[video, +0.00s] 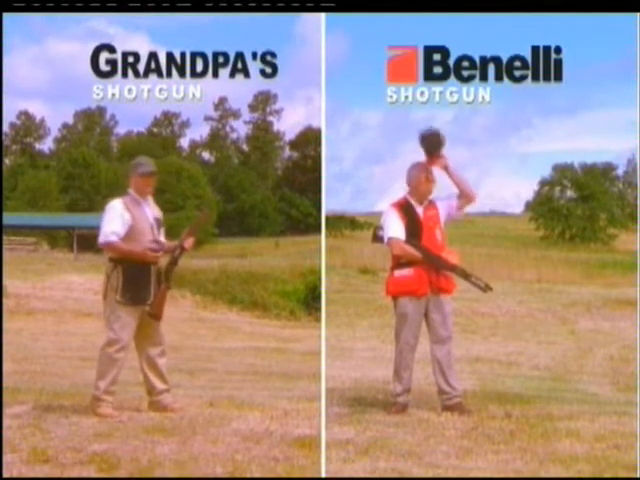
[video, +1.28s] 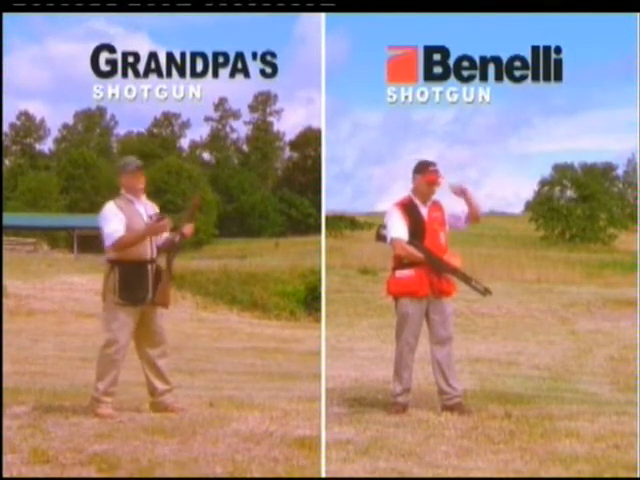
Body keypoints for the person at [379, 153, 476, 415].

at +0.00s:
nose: (431, 186)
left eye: (432, 181)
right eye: (426, 181)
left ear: (433, 183)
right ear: (412, 182)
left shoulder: (439, 208)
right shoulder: (395, 212)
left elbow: (468, 197)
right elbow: (397, 249)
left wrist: (447, 169)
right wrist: (432, 260)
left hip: (437, 281)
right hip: (409, 282)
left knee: (443, 340)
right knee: (406, 342)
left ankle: (450, 397)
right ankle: (400, 396)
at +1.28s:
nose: (434, 187)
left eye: (436, 182)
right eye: (430, 182)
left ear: (438, 183)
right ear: (416, 180)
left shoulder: (441, 208)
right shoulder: (398, 211)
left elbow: (473, 218)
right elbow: (399, 250)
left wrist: (466, 196)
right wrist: (434, 261)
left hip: (439, 282)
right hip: (410, 283)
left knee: (443, 340)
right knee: (407, 343)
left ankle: (451, 397)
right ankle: (401, 396)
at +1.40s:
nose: (436, 189)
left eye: (439, 184)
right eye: (432, 183)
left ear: (441, 185)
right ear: (419, 181)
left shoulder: (444, 210)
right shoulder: (401, 210)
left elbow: (465, 225)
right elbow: (402, 249)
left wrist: (474, 225)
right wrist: (435, 262)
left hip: (440, 281)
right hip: (411, 282)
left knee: (443, 340)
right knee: (407, 343)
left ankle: (450, 397)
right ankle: (400, 397)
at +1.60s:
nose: (441, 190)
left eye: (445, 186)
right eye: (437, 185)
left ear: (448, 186)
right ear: (425, 182)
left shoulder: (449, 210)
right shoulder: (406, 209)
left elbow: (470, 237)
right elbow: (407, 246)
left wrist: (469, 265)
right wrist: (439, 264)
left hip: (442, 283)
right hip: (412, 283)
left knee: (444, 342)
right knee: (407, 343)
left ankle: (451, 397)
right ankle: (400, 396)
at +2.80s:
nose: (427, 181)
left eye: (429, 176)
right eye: (422, 177)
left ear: (433, 178)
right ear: (410, 181)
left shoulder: (443, 209)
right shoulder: (396, 211)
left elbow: (462, 247)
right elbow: (383, 248)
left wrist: (470, 228)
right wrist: (405, 246)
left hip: (440, 280)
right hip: (409, 281)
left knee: (444, 341)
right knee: (406, 342)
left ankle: (451, 397)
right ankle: (400, 395)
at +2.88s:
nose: (422, 182)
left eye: (425, 177)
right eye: (417, 178)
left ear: (429, 179)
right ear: (407, 182)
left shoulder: (440, 208)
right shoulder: (394, 211)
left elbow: (451, 240)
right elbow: (380, 249)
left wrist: (448, 250)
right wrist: (398, 245)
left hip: (439, 284)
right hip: (409, 286)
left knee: (443, 342)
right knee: (406, 343)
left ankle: (449, 396)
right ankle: (401, 395)